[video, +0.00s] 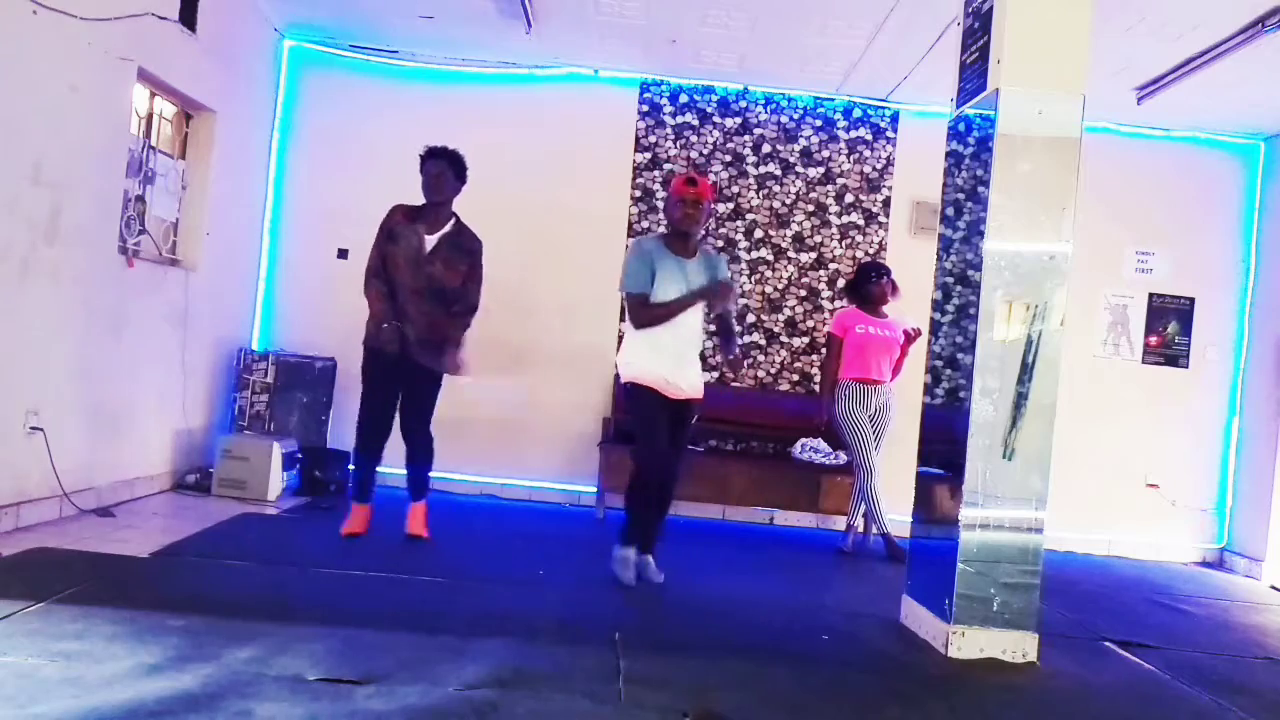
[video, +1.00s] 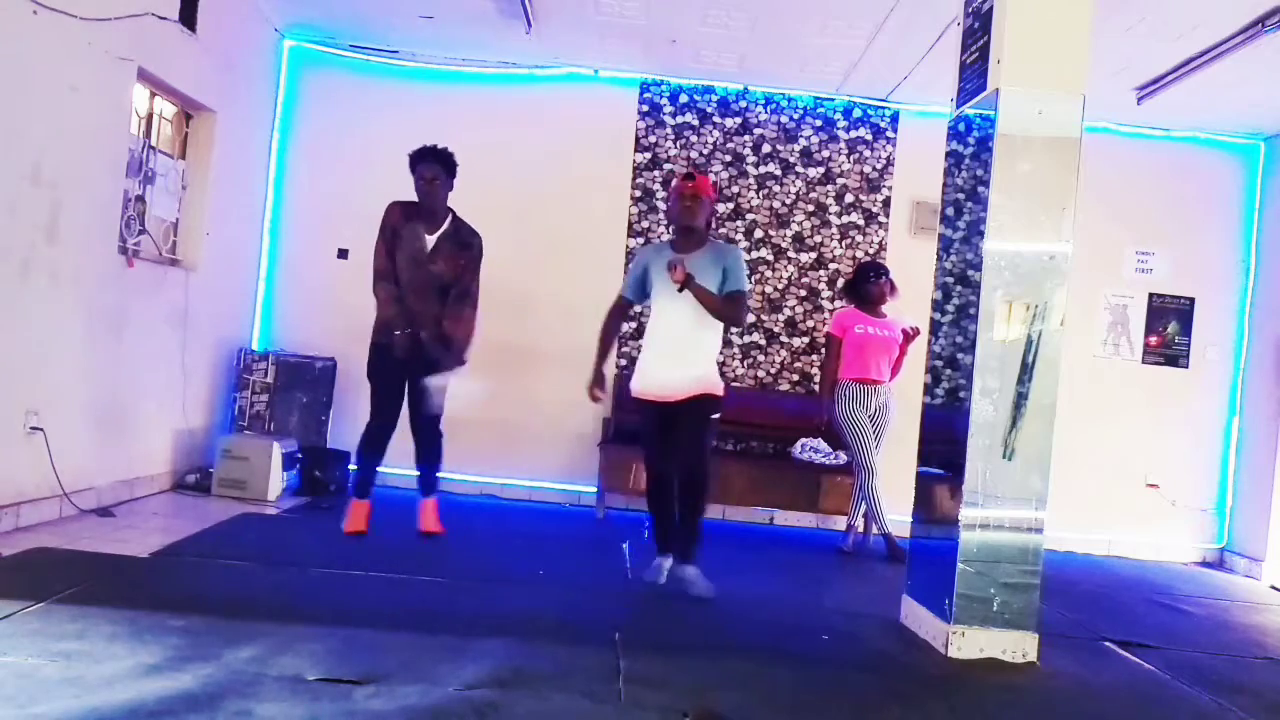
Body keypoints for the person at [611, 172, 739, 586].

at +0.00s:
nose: (689, 211)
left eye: (697, 205)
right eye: (682, 203)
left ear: (708, 213)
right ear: (667, 207)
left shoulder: (714, 263)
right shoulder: (644, 251)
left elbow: (723, 317)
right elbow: (640, 317)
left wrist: (729, 342)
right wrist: (702, 296)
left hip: (687, 378)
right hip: (643, 373)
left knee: (669, 466)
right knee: (653, 460)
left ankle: (646, 550)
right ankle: (628, 544)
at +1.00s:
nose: (688, 205)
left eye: (696, 199)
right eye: (682, 198)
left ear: (711, 209)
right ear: (670, 206)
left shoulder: (727, 256)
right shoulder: (650, 256)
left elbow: (737, 316)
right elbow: (618, 312)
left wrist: (690, 285)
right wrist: (599, 365)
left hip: (699, 382)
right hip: (652, 381)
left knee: (692, 467)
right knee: (657, 469)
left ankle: (687, 560)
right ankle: (664, 554)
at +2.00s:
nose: (690, 193)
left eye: (698, 187)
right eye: (683, 185)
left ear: (710, 198)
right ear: (668, 191)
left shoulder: (722, 257)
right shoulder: (639, 239)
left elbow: (728, 327)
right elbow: (604, 301)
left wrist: (738, 389)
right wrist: (635, 284)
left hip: (687, 385)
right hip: (634, 381)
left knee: (675, 480)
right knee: (624, 475)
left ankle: (652, 574)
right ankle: (611, 564)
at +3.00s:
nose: (644, 187)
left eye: (653, 180)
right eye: (638, 179)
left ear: (669, 188)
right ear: (627, 187)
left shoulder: (692, 241)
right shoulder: (608, 245)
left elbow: (700, 314)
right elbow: (601, 315)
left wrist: (687, 376)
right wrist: (594, 379)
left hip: (665, 388)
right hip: (613, 385)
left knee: (676, 486)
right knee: (601, 480)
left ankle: (690, 578)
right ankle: (578, 571)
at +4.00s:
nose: (688, 195)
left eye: (698, 190)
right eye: (684, 187)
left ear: (715, 203)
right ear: (673, 191)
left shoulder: (723, 255)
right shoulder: (640, 237)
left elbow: (726, 325)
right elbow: (619, 304)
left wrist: (725, 389)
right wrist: (596, 365)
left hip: (685, 388)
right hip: (632, 382)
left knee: (673, 484)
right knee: (610, 477)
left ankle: (668, 574)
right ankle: (580, 570)